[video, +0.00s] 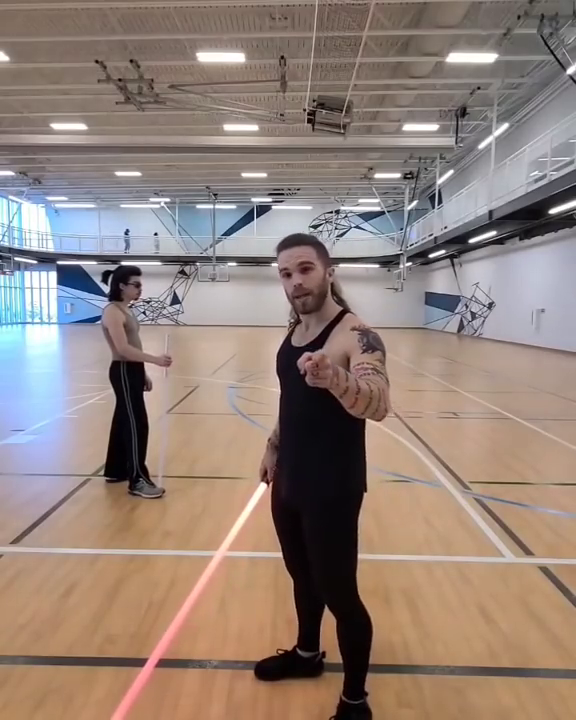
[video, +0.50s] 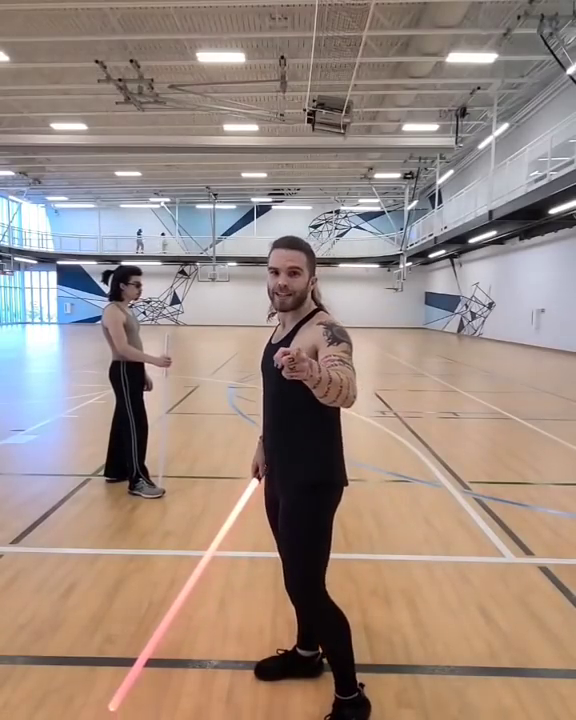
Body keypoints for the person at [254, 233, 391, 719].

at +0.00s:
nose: (296, 281)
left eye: (305, 269)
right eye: (286, 274)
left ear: (328, 271)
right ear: (280, 282)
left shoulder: (356, 335)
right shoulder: (297, 331)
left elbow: (378, 405)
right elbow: (295, 400)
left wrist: (335, 378)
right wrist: (273, 444)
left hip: (333, 483)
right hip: (290, 476)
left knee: (340, 593)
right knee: (303, 571)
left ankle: (355, 698)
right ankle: (307, 651)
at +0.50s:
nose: (282, 281)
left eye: (293, 272)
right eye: (275, 272)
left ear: (312, 277)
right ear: (267, 277)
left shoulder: (327, 331)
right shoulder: (282, 327)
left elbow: (346, 392)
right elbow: (280, 399)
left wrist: (312, 374)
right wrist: (263, 446)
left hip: (314, 476)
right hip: (281, 470)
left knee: (310, 589)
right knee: (296, 571)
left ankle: (350, 694)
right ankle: (307, 651)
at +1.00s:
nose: (292, 282)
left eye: (302, 272)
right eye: (282, 273)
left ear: (319, 274)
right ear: (272, 278)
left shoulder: (339, 332)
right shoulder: (283, 330)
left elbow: (359, 391)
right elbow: (283, 404)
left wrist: (315, 354)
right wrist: (265, 451)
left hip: (323, 484)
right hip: (281, 478)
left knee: (333, 591)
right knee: (296, 570)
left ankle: (353, 697)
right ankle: (307, 651)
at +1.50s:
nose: (309, 283)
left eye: (322, 271)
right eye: (300, 272)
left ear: (344, 276)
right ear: (291, 277)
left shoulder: (367, 343)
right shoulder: (303, 332)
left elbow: (381, 410)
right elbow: (301, 414)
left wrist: (336, 374)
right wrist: (286, 468)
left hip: (346, 494)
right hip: (301, 483)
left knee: (344, 600)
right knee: (295, 570)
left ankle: (355, 700)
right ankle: (306, 651)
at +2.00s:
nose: (304, 284)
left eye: (316, 273)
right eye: (297, 276)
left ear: (343, 280)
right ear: (292, 284)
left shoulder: (365, 339)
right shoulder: (324, 337)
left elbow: (377, 424)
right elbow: (323, 426)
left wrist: (322, 495)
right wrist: (304, 490)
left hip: (352, 505)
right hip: (309, 494)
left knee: (348, 609)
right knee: (297, 582)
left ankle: (357, 703)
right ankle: (307, 664)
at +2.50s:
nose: (293, 283)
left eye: (304, 273)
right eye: (284, 274)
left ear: (327, 276)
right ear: (277, 279)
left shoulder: (347, 336)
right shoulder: (297, 329)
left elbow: (367, 428)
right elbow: (300, 416)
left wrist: (339, 507)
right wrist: (287, 479)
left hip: (332, 491)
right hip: (293, 484)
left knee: (340, 596)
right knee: (298, 571)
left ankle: (354, 698)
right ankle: (303, 646)